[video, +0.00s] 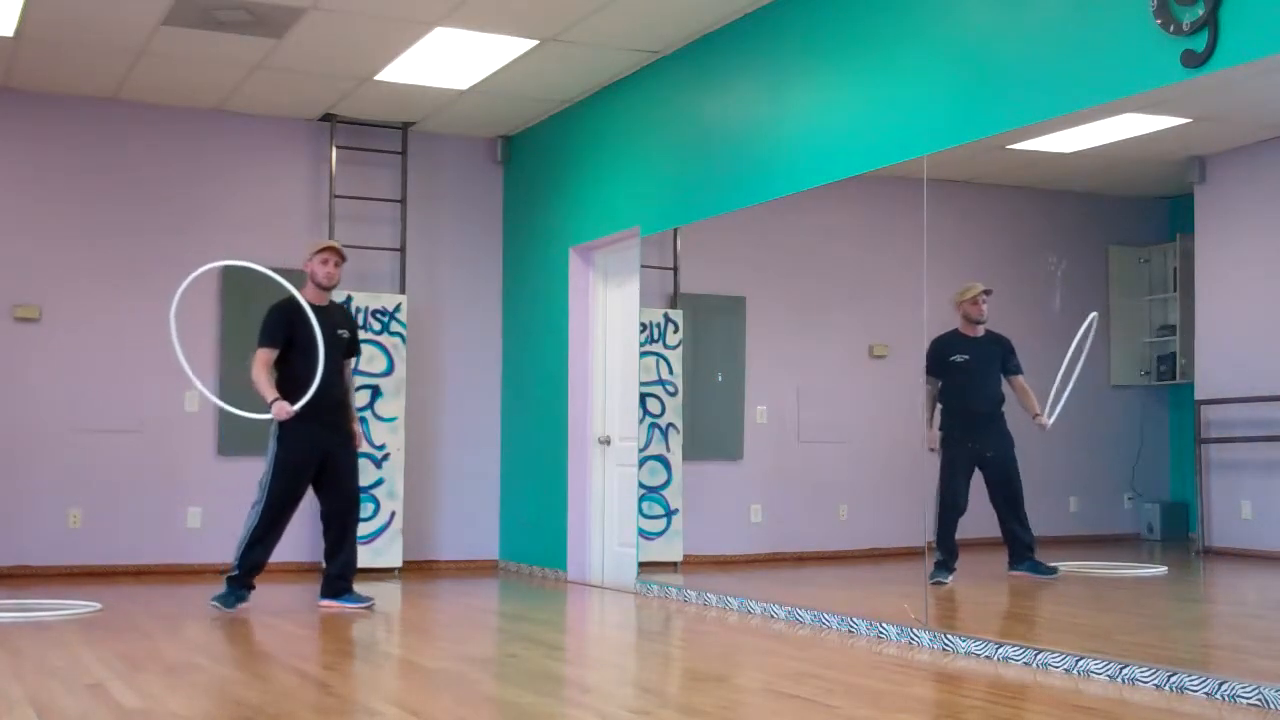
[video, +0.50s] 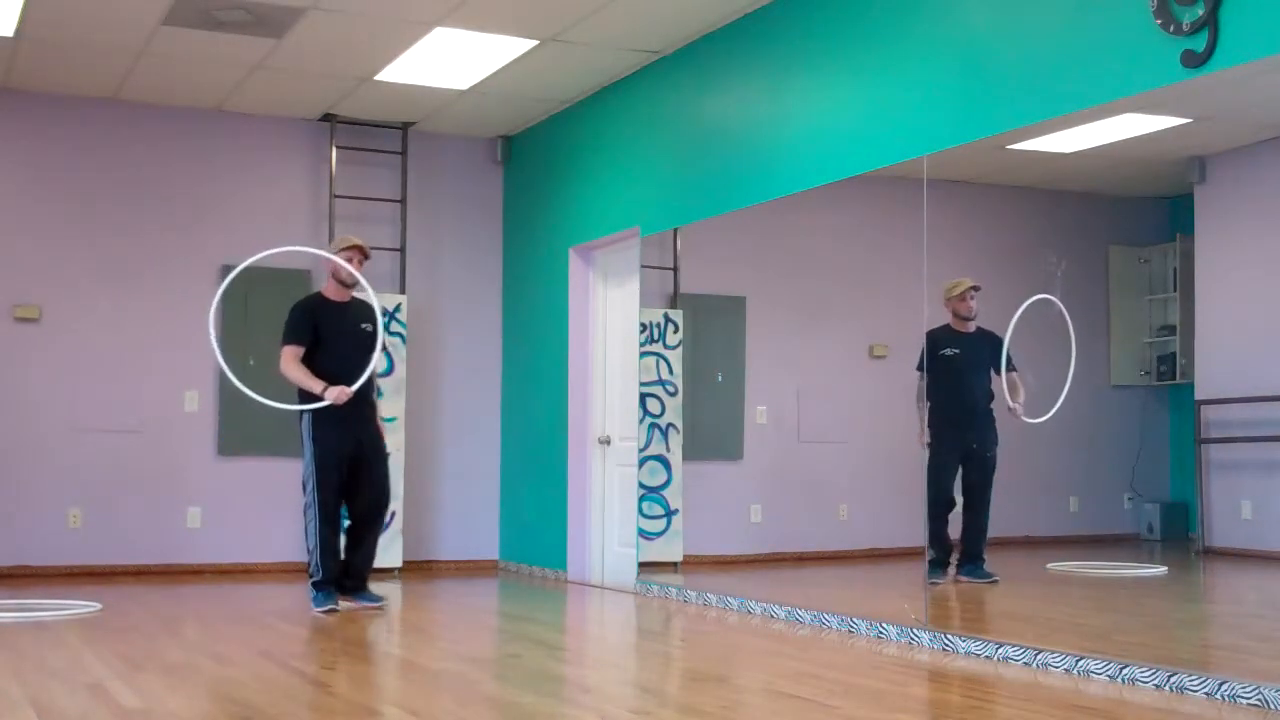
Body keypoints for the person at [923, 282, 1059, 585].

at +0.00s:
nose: (982, 307)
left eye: (984, 302)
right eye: (975, 303)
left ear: (987, 307)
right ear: (961, 308)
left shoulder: (1000, 344)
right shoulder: (941, 345)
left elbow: (1018, 383)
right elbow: (931, 392)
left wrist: (1036, 412)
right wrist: (929, 428)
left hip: (994, 432)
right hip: (957, 434)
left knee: (1010, 496)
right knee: (952, 503)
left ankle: (1021, 558)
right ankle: (944, 564)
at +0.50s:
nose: (970, 302)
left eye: (972, 297)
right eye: (962, 298)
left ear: (977, 301)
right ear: (949, 305)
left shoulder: (991, 341)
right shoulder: (935, 339)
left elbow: (1012, 375)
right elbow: (923, 385)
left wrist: (1016, 400)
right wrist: (923, 424)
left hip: (981, 432)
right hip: (944, 432)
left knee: (978, 502)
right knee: (939, 501)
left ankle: (971, 564)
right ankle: (938, 562)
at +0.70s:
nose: (961, 304)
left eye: (965, 299)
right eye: (955, 299)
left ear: (972, 304)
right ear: (944, 305)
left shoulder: (988, 341)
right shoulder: (932, 340)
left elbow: (1010, 380)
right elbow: (919, 387)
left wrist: (1010, 404)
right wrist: (918, 425)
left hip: (979, 433)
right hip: (941, 433)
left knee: (976, 502)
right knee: (928, 499)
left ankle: (970, 564)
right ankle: (915, 570)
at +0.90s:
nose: (950, 304)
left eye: (954, 298)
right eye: (944, 300)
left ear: (962, 304)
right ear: (935, 307)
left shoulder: (981, 338)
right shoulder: (925, 342)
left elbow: (993, 365)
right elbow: (915, 387)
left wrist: (997, 391)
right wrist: (912, 427)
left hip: (976, 432)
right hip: (939, 433)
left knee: (975, 501)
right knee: (927, 502)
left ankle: (970, 565)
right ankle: (912, 572)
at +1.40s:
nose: (933, 301)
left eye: (937, 296)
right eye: (927, 296)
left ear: (942, 300)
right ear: (915, 300)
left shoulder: (952, 334)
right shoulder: (899, 338)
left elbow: (980, 351)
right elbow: (883, 386)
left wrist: (982, 319)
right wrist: (883, 427)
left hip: (945, 430)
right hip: (909, 432)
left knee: (957, 499)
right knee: (906, 503)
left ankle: (941, 562)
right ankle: (894, 572)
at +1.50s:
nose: (934, 301)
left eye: (936, 296)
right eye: (928, 296)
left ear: (939, 300)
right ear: (913, 300)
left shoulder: (946, 335)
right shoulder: (893, 339)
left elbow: (985, 357)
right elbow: (875, 382)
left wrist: (995, 323)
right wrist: (872, 425)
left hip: (937, 432)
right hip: (902, 433)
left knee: (940, 502)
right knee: (897, 503)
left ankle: (919, 568)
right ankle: (884, 571)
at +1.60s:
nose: (932, 301)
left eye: (934, 296)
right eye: (926, 296)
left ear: (934, 301)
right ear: (910, 301)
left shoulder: (941, 338)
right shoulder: (886, 338)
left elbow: (984, 355)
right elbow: (868, 381)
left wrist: (1010, 326)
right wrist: (862, 424)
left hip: (927, 434)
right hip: (891, 434)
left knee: (927, 504)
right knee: (878, 504)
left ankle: (917, 568)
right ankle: (862, 569)